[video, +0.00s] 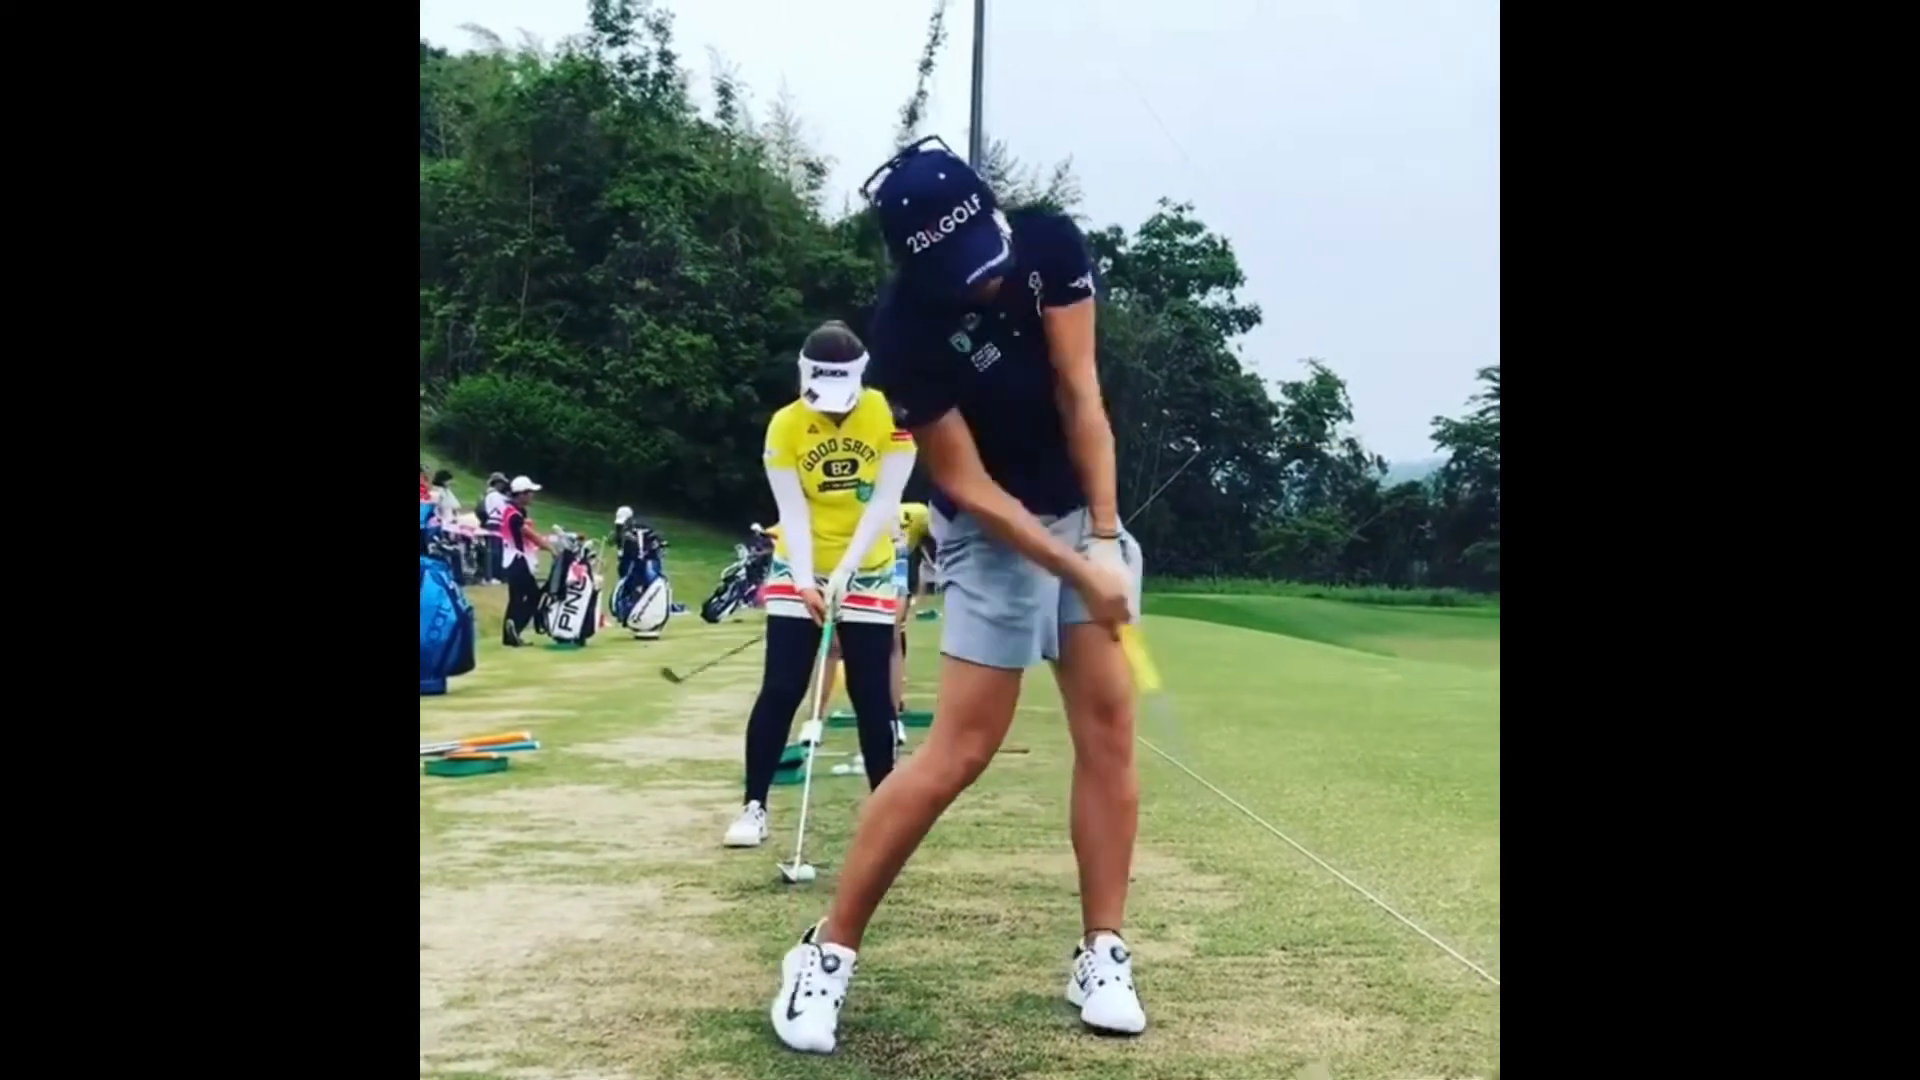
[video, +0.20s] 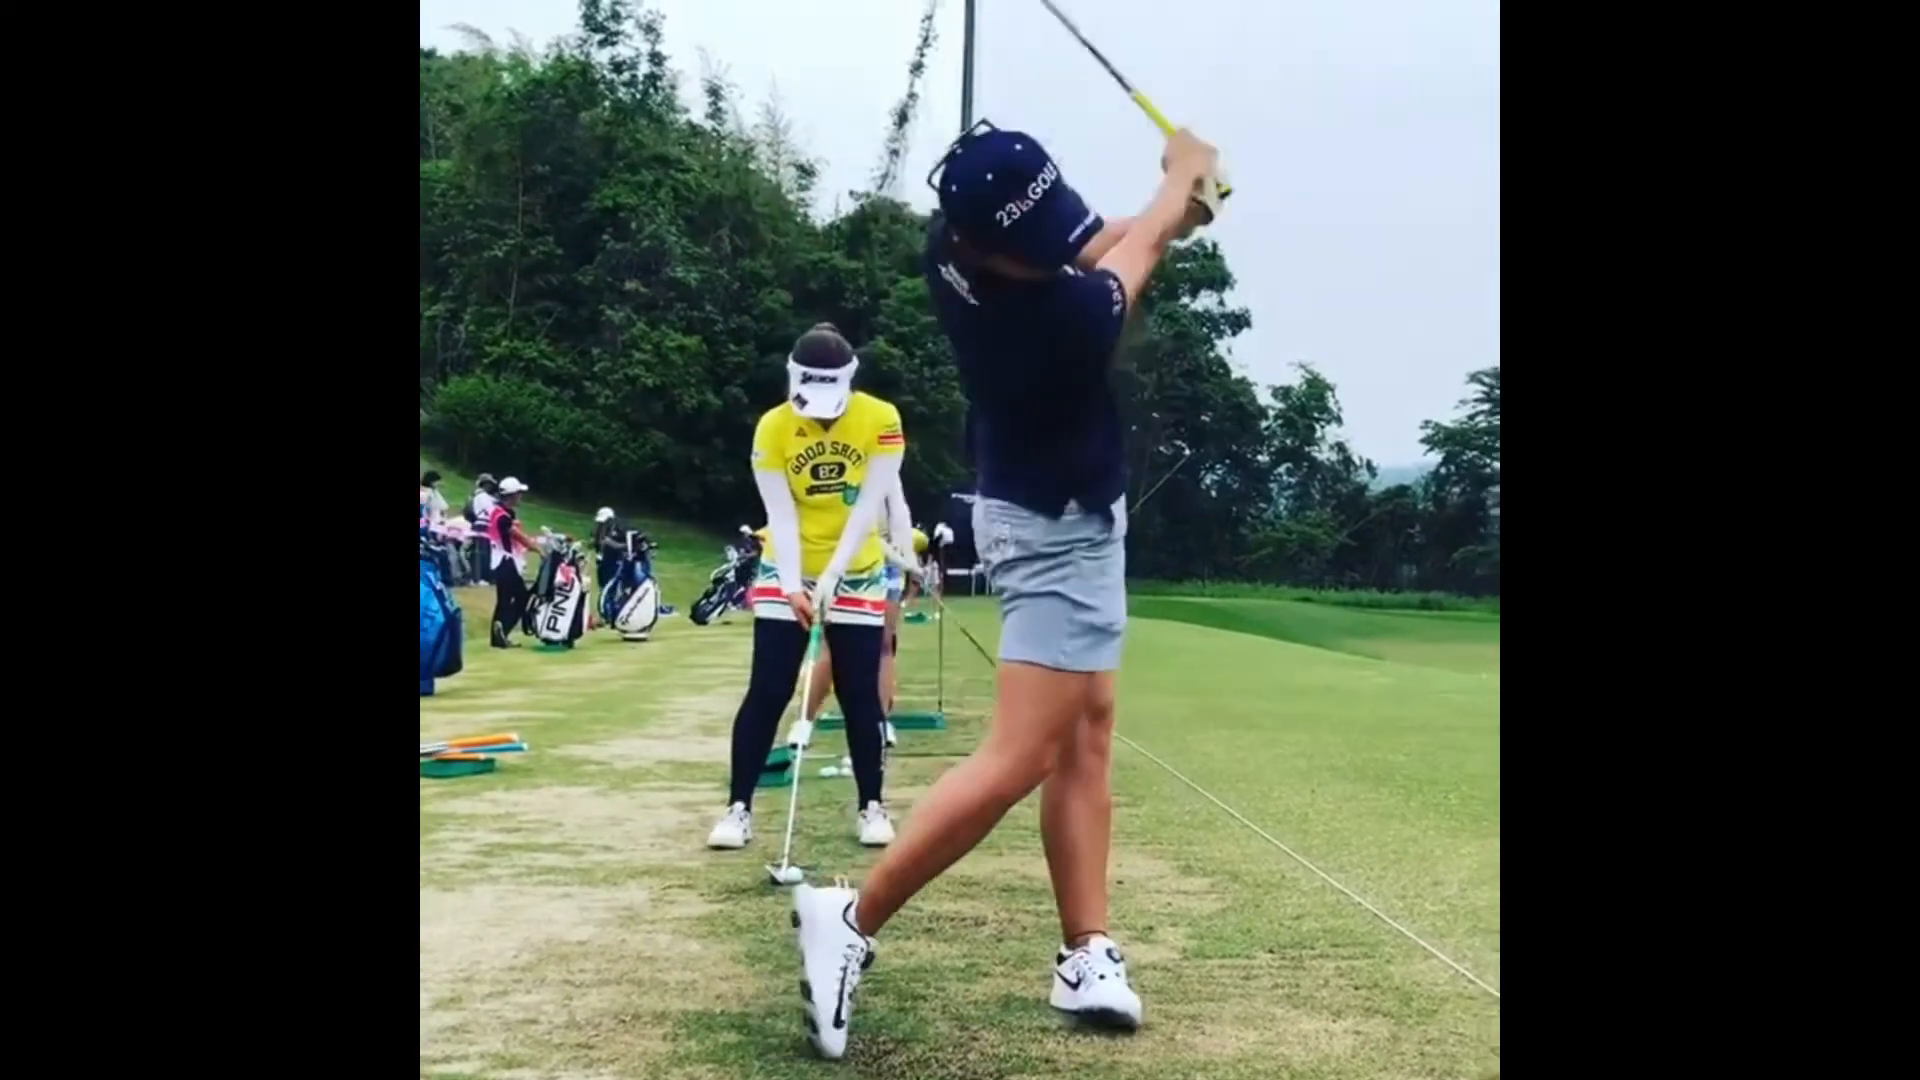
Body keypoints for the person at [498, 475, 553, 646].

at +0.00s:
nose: (532, 497)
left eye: (532, 493)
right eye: (529, 493)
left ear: (520, 495)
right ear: (520, 495)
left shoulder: (513, 512)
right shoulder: (514, 516)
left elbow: (530, 534)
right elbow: (531, 536)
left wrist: (548, 541)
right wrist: (550, 547)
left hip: (514, 556)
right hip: (517, 559)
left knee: (516, 596)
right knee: (534, 593)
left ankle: (509, 635)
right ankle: (516, 625)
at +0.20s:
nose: (520, 498)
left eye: (519, 494)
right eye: (517, 495)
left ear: (505, 496)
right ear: (510, 496)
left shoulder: (500, 513)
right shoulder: (503, 518)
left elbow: (518, 535)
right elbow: (519, 538)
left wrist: (535, 544)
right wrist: (538, 549)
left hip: (501, 558)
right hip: (504, 560)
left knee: (504, 598)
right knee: (522, 595)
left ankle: (497, 636)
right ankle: (503, 627)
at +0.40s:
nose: (511, 499)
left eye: (510, 495)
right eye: (508, 495)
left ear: (496, 496)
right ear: (501, 497)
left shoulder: (488, 513)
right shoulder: (494, 518)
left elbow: (507, 536)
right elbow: (511, 539)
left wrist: (526, 544)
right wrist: (529, 550)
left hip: (490, 558)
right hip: (496, 561)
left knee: (494, 599)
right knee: (512, 597)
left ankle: (487, 636)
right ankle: (494, 629)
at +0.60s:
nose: (503, 501)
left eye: (503, 498)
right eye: (501, 498)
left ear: (487, 498)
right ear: (494, 499)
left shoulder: (482, 516)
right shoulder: (486, 520)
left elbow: (500, 539)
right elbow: (502, 541)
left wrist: (517, 549)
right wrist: (521, 552)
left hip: (483, 560)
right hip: (488, 563)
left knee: (486, 601)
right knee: (504, 599)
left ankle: (479, 639)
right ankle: (485, 631)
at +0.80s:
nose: (498, 503)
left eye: (498, 499)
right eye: (496, 500)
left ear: (483, 500)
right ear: (489, 501)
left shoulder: (477, 517)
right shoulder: (481, 522)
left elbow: (495, 540)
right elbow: (497, 543)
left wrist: (513, 549)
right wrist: (516, 554)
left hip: (477, 562)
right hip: (482, 564)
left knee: (481, 603)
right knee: (499, 600)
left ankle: (474, 642)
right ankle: (480, 633)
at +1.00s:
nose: (496, 505)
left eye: (496, 502)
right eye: (494, 502)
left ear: (480, 503)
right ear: (487, 503)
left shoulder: (474, 520)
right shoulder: (479, 524)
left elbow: (492, 544)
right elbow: (493, 544)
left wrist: (508, 556)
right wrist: (511, 557)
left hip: (474, 564)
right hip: (479, 567)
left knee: (479, 605)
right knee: (497, 602)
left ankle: (472, 644)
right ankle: (478, 636)